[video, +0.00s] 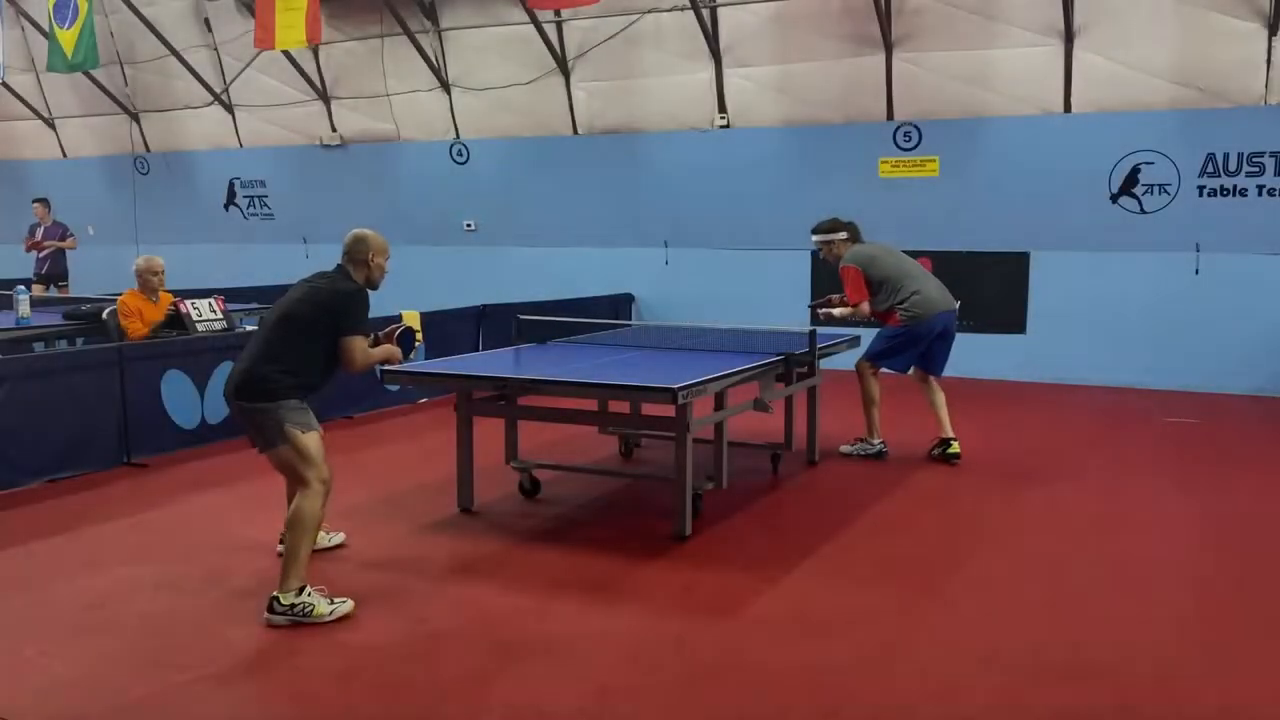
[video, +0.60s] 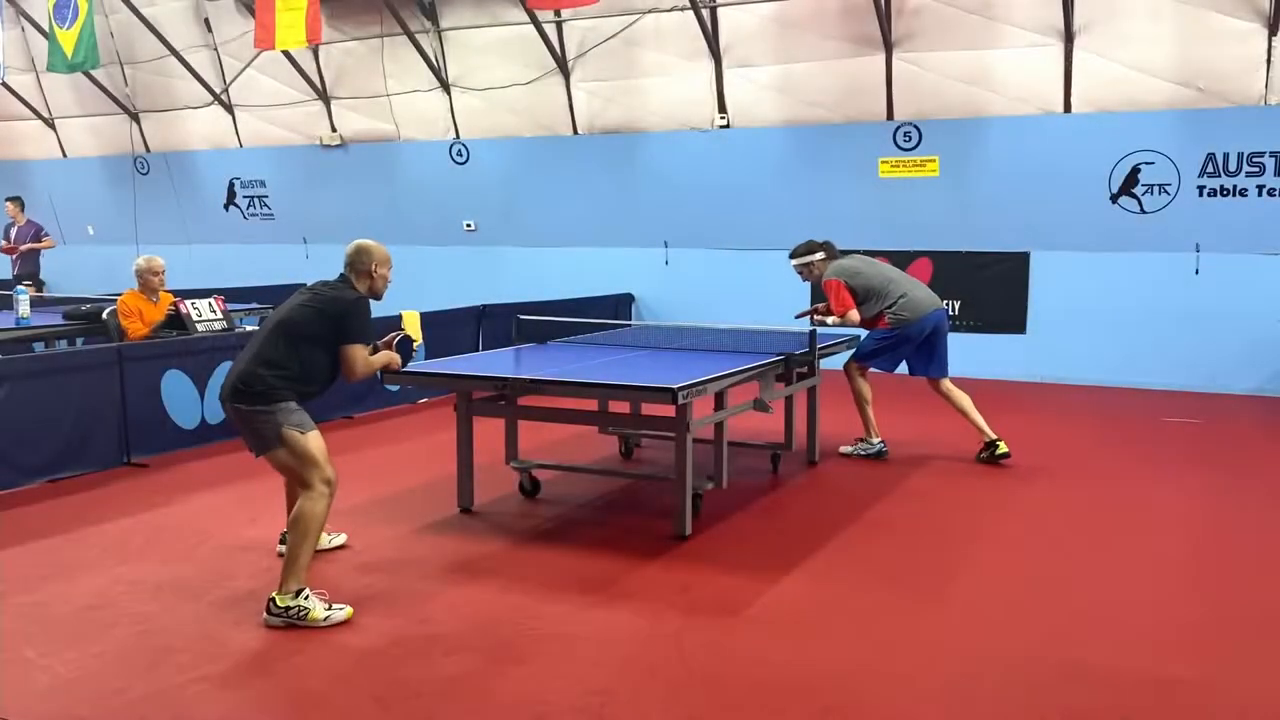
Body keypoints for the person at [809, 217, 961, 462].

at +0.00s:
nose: (821, 256)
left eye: (822, 249)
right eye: (819, 250)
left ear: (838, 243)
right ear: (846, 241)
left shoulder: (850, 262)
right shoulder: (876, 250)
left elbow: (863, 310)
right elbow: (886, 295)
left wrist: (837, 312)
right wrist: (847, 299)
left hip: (916, 313)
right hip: (947, 309)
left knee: (866, 367)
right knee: (924, 375)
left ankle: (873, 441)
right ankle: (949, 439)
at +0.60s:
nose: (803, 278)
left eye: (803, 271)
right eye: (800, 273)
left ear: (817, 261)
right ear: (825, 257)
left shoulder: (832, 276)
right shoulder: (856, 262)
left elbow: (853, 318)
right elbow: (872, 311)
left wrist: (831, 319)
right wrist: (832, 311)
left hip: (906, 316)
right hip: (936, 311)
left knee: (854, 369)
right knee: (940, 382)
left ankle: (873, 440)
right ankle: (992, 440)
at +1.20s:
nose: (803, 278)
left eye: (803, 272)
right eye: (800, 273)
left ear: (816, 264)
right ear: (825, 259)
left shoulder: (832, 277)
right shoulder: (856, 262)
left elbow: (853, 318)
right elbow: (872, 311)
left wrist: (832, 318)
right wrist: (832, 310)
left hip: (907, 317)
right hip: (936, 311)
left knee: (854, 369)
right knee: (941, 383)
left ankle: (873, 440)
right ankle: (993, 441)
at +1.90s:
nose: (804, 279)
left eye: (803, 273)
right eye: (800, 274)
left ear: (816, 264)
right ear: (824, 258)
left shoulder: (832, 277)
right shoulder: (855, 262)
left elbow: (854, 318)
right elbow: (874, 311)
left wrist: (834, 319)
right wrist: (833, 311)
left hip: (907, 318)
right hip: (936, 311)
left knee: (854, 369)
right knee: (941, 383)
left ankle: (873, 440)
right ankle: (993, 441)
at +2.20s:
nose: (804, 279)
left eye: (803, 272)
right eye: (800, 274)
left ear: (817, 264)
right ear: (825, 258)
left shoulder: (832, 276)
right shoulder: (856, 262)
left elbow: (854, 318)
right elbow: (874, 312)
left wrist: (834, 320)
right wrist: (833, 311)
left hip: (907, 319)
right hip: (936, 313)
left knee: (853, 369)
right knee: (940, 384)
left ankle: (872, 440)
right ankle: (993, 441)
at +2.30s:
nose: (803, 278)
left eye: (803, 272)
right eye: (800, 273)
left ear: (817, 264)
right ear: (825, 258)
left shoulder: (832, 276)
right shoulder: (856, 262)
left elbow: (854, 318)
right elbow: (874, 312)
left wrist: (834, 320)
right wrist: (833, 311)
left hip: (907, 319)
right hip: (936, 313)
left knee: (852, 370)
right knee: (941, 384)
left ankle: (873, 440)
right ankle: (993, 441)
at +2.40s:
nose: (802, 276)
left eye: (802, 270)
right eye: (799, 271)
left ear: (815, 262)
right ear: (823, 256)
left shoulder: (830, 275)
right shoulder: (853, 261)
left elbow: (853, 317)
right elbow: (873, 312)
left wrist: (830, 319)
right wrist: (832, 308)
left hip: (905, 317)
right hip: (935, 310)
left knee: (853, 371)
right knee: (945, 379)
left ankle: (873, 441)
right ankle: (995, 434)